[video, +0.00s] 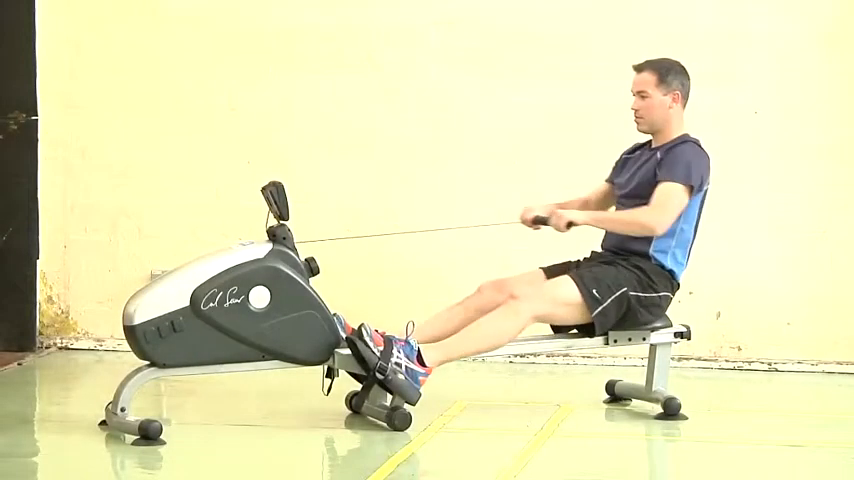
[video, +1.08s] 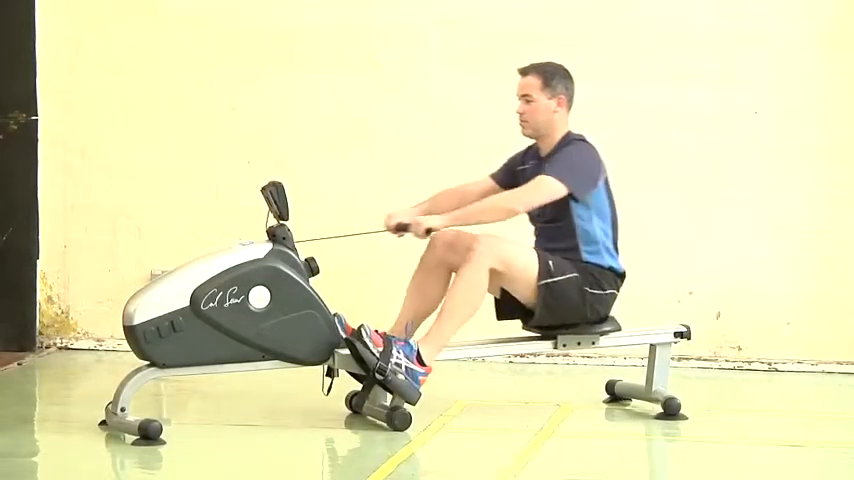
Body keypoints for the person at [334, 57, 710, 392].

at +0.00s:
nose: (634, 105)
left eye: (642, 96)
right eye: (634, 96)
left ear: (675, 99)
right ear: (650, 100)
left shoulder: (686, 154)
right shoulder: (635, 156)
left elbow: (655, 220)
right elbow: (596, 202)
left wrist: (581, 217)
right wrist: (552, 208)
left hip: (643, 276)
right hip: (607, 265)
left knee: (527, 302)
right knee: (493, 292)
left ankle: (422, 363)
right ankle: (392, 346)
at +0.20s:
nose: (638, 105)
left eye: (647, 97)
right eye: (638, 96)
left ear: (680, 99)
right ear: (659, 100)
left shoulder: (693, 155)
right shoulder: (647, 155)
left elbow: (703, 234)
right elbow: (640, 219)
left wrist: (631, 224)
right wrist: (599, 220)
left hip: (646, 274)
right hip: (611, 261)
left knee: (533, 320)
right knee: (502, 305)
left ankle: (421, 363)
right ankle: (397, 346)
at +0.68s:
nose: (605, 104)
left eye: (614, 94)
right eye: (604, 94)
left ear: (646, 97)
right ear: (624, 98)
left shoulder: (663, 152)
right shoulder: (615, 153)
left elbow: (651, 228)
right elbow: (592, 203)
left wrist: (581, 217)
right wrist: (549, 209)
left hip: (638, 279)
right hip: (600, 267)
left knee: (522, 290)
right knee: (486, 279)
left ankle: (421, 364)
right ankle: (398, 348)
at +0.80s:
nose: (582, 104)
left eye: (591, 95)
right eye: (582, 95)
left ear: (623, 98)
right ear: (611, 99)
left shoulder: (642, 151)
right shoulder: (593, 157)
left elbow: (614, 218)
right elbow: (561, 196)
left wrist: (542, 213)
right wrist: (511, 206)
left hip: (625, 281)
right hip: (591, 272)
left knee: (510, 272)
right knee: (475, 265)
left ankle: (421, 361)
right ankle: (401, 345)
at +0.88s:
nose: (566, 106)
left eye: (574, 96)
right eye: (566, 97)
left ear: (606, 98)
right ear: (598, 99)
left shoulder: (626, 152)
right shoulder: (576, 155)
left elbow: (583, 213)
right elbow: (534, 196)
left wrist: (507, 213)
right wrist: (484, 204)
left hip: (615, 281)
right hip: (579, 274)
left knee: (501, 264)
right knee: (465, 259)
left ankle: (423, 360)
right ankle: (396, 344)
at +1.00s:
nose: (538, 106)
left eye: (547, 97)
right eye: (538, 97)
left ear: (579, 100)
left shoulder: (599, 154)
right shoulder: (549, 157)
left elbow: (542, 207)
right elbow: (497, 192)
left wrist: (465, 218)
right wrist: (442, 208)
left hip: (598, 282)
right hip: (562, 276)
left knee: (493, 255)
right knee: (455, 249)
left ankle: (423, 360)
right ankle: (397, 341)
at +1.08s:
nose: (518, 109)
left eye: (527, 100)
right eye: (518, 101)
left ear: (559, 103)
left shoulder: (580, 156)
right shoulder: (528, 159)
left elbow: (518, 203)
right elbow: (473, 192)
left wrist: (440, 223)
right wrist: (415, 212)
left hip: (588, 284)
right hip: (549, 278)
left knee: (485, 250)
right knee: (446, 244)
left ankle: (422, 359)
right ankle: (394, 343)